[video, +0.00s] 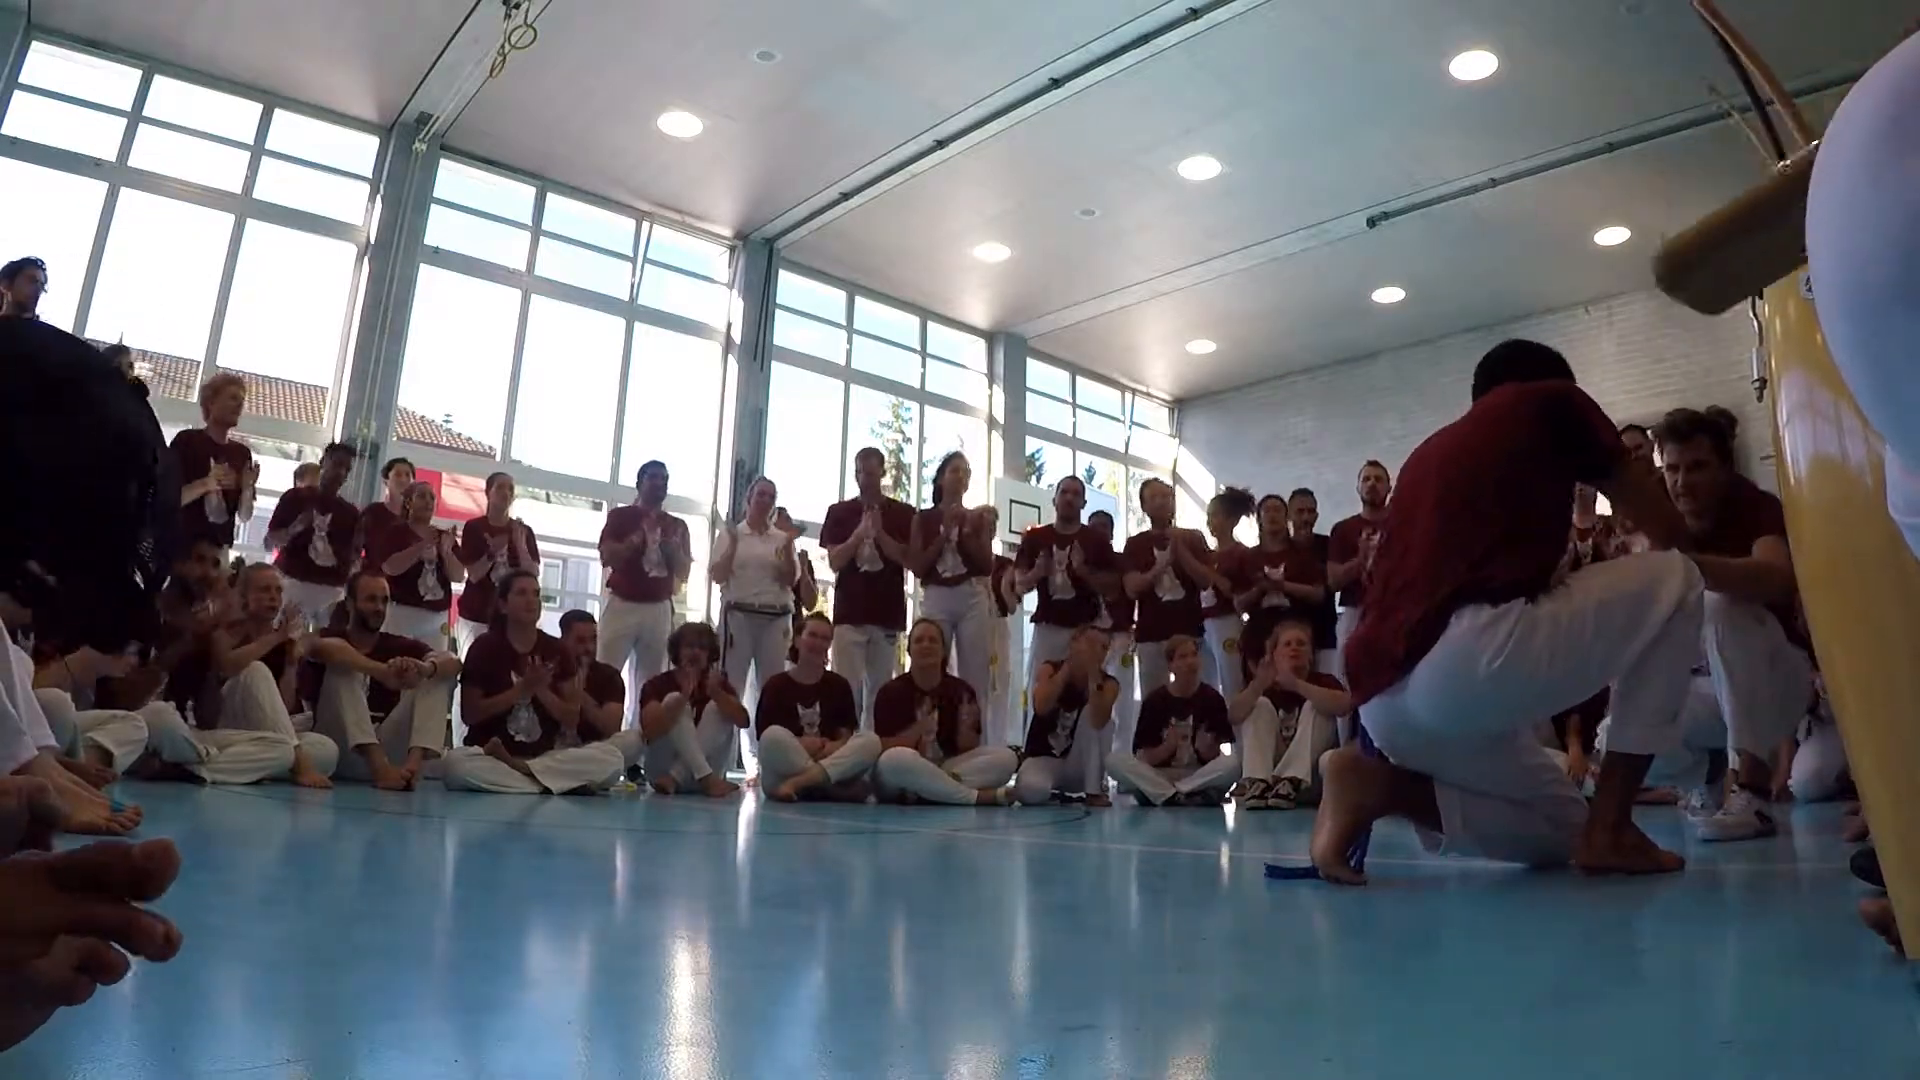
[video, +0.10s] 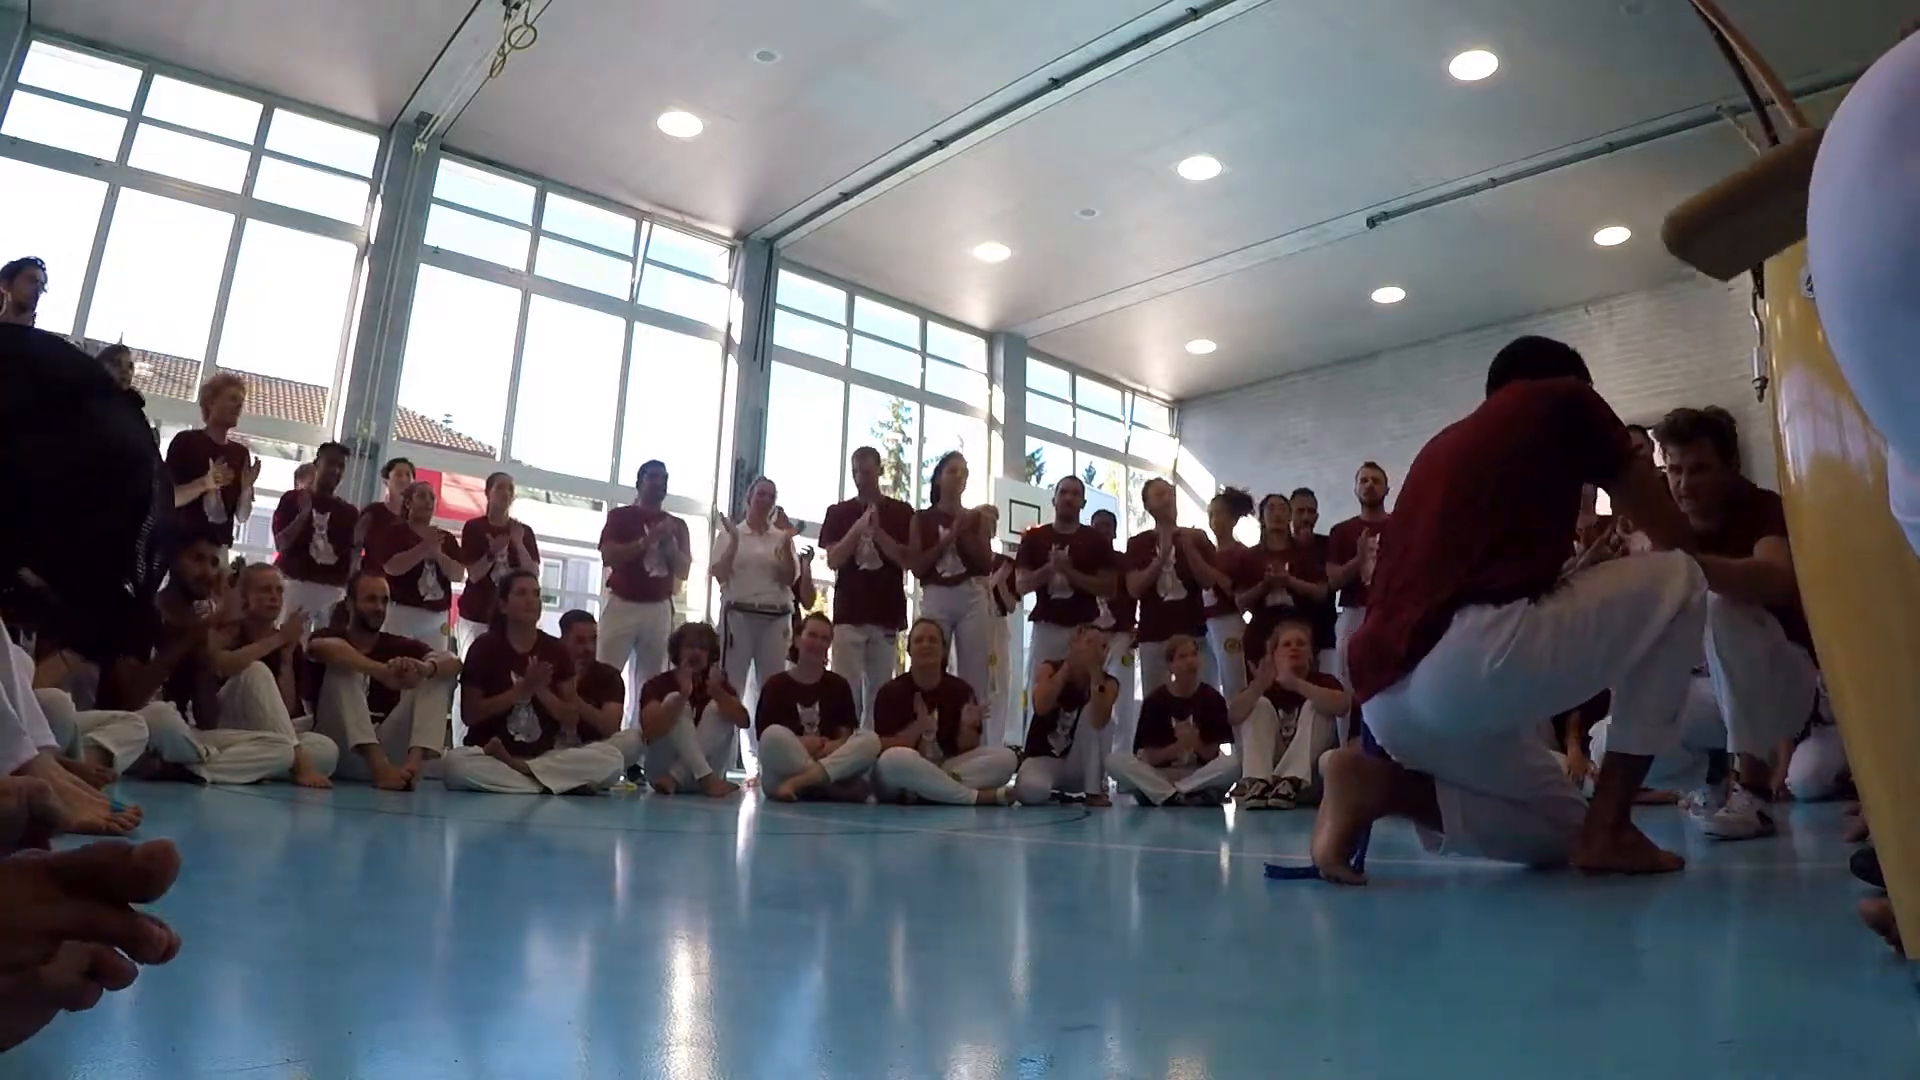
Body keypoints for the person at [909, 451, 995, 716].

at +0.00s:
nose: (961, 475)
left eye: (965, 471)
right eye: (954, 470)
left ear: (969, 480)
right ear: (940, 478)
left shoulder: (979, 518)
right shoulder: (923, 518)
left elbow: (986, 566)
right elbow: (918, 567)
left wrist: (964, 537)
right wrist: (943, 537)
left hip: (974, 597)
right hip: (935, 597)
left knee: (975, 678)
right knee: (931, 675)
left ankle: (974, 748)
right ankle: (930, 746)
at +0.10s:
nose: (959, 476)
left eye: (963, 472)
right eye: (952, 470)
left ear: (967, 480)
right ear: (938, 478)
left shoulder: (979, 518)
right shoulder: (921, 519)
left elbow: (985, 565)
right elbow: (917, 568)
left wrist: (964, 535)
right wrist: (944, 542)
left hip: (973, 596)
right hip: (935, 595)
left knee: (975, 679)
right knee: (930, 675)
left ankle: (975, 747)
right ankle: (928, 747)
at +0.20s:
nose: (957, 476)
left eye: (961, 472)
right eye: (950, 471)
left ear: (966, 480)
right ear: (936, 478)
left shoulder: (976, 518)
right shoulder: (920, 519)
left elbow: (984, 566)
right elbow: (918, 568)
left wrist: (964, 536)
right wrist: (944, 536)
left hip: (973, 595)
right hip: (935, 595)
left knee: (975, 679)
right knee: (930, 676)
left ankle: (975, 748)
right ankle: (931, 748)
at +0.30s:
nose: (956, 476)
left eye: (960, 472)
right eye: (949, 471)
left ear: (965, 480)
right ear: (935, 478)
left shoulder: (976, 519)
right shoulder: (921, 520)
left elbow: (985, 566)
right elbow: (918, 567)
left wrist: (970, 542)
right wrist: (941, 536)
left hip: (973, 594)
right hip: (936, 595)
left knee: (976, 677)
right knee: (931, 674)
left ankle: (976, 747)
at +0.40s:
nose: (956, 477)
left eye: (960, 472)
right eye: (949, 471)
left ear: (964, 481)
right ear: (934, 478)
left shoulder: (975, 519)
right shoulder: (920, 520)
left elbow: (985, 566)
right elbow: (919, 569)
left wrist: (970, 540)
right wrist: (941, 538)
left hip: (974, 595)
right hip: (936, 595)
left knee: (976, 682)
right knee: (931, 677)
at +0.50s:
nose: (955, 477)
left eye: (960, 472)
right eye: (948, 472)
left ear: (965, 479)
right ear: (935, 478)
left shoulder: (977, 519)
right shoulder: (921, 520)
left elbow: (985, 566)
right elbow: (920, 569)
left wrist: (965, 537)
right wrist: (949, 540)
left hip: (974, 596)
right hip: (936, 596)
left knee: (976, 679)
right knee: (933, 676)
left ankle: (975, 750)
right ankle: (932, 751)